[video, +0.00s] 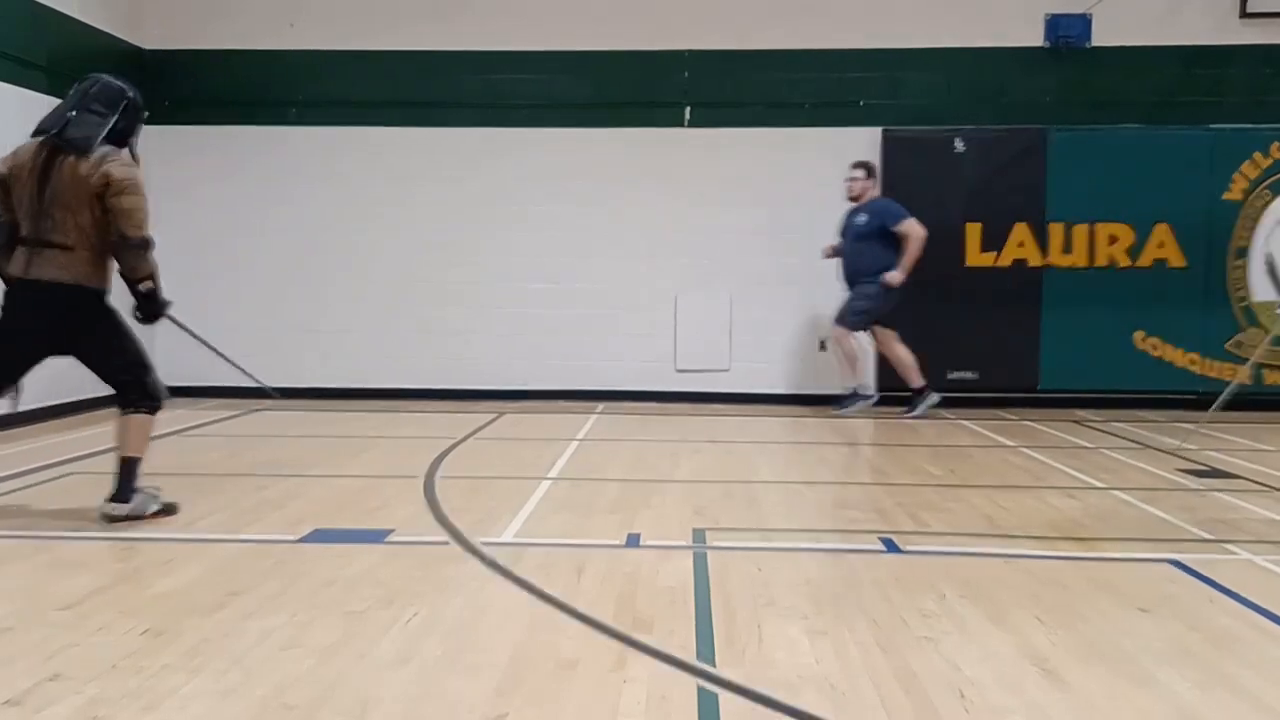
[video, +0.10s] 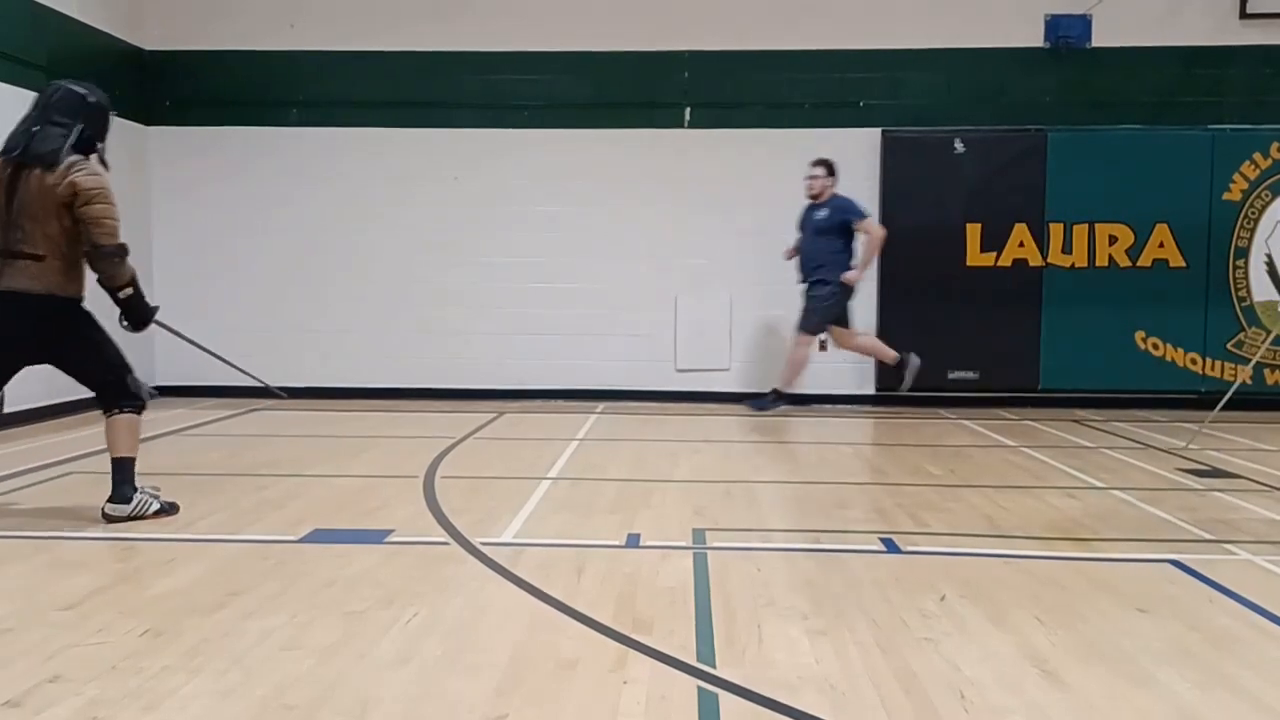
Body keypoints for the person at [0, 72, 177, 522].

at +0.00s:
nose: (132, 135)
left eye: (132, 125)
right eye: (131, 125)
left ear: (73, 110)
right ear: (119, 123)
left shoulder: (23, 155)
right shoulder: (113, 164)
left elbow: (1, 221)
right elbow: (130, 240)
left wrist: (12, 270)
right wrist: (147, 293)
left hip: (21, 307)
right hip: (78, 309)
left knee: (1, 383)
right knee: (141, 388)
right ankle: (126, 492)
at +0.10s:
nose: (100, 139)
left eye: (101, 128)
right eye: (99, 128)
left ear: (43, 116)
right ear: (85, 126)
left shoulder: (8, 162)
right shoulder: (80, 169)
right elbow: (105, 251)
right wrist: (132, 301)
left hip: (2, 312)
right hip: (51, 313)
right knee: (123, 392)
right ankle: (124, 493)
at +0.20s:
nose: (63, 125)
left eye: (62, 116)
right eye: (59, 117)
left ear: (14, 118)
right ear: (43, 121)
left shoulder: (8, 166)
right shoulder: (38, 172)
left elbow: (59, 247)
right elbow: (63, 247)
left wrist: (100, 289)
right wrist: (105, 294)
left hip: (5, 304)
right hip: (13, 306)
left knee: (66, 392)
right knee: (67, 394)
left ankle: (112, 490)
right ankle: (112, 491)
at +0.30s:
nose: (33, 110)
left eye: (30, 101)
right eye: (29, 102)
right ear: (17, 107)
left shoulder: (6, 154)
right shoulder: (8, 156)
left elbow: (27, 234)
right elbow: (30, 233)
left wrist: (85, 278)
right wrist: (89, 282)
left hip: (2, 297)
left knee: (31, 385)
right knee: (33, 386)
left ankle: (68, 484)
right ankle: (68, 487)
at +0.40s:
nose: (6, 115)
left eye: (3, 107)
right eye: (5, 106)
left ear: (1, 112)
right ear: (4, 110)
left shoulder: (1, 162)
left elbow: (22, 220)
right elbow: (23, 221)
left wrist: (89, 263)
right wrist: (91, 264)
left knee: (17, 384)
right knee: (18, 384)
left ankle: (5, 483)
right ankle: (3, 485)